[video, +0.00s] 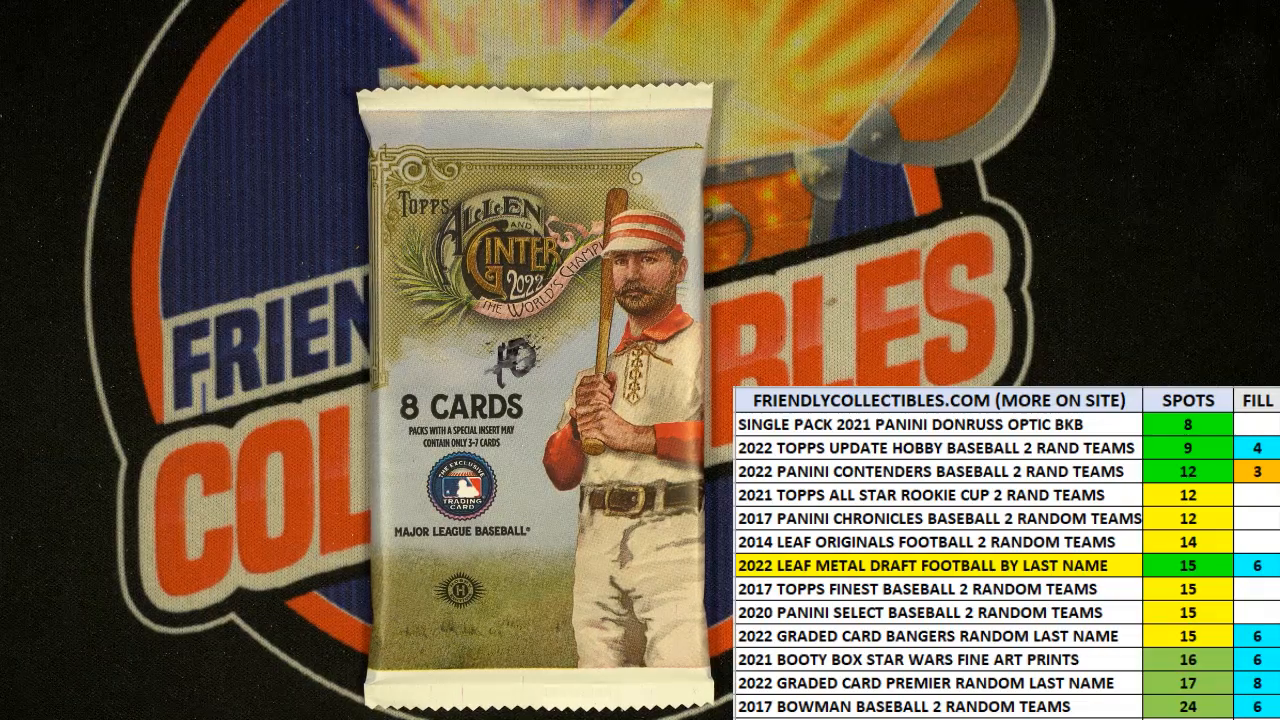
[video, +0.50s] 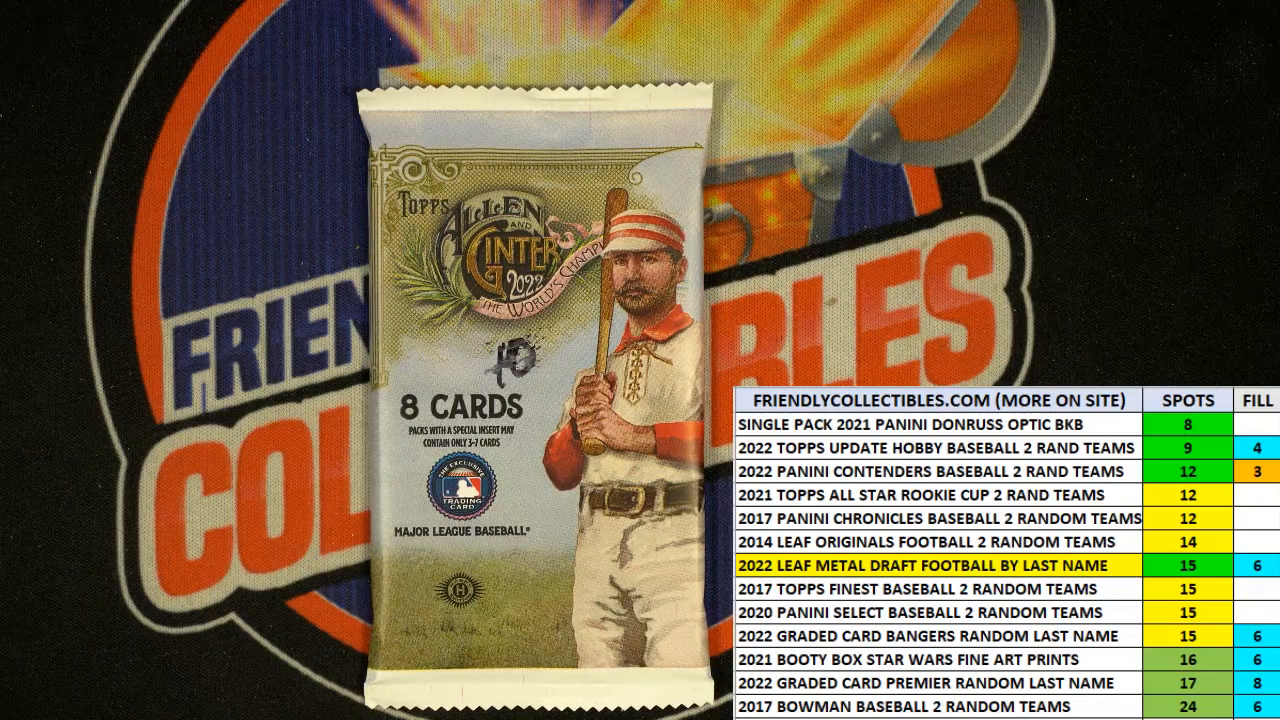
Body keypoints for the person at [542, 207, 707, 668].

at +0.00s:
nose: (631, 274)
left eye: (647, 259)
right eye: (620, 260)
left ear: (678, 270)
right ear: (609, 272)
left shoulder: (705, 346)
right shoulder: (604, 366)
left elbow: (724, 438)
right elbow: (561, 475)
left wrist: (635, 436)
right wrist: (577, 422)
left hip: (674, 531)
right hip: (597, 532)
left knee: (679, 688)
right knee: (601, 692)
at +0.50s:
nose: (631, 273)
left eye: (647, 258)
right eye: (620, 260)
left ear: (678, 270)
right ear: (608, 273)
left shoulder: (704, 346)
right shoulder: (604, 366)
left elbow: (724, 439)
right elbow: (561, 475)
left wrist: (634, 436)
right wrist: (578, 420)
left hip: (674, 530)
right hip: (597, 531)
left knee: (679, 688)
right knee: (601, 692)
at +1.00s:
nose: (631, 274)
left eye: (648, 259)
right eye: (620, 261)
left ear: (678, 270)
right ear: (609, 273)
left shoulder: (705, 346)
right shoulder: (604, 366)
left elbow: (724, 438)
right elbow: (561, 476)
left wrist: (632, 436)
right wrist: (577, 420)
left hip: (673, 530)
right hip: (597, 531)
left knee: (679, 685)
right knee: (601, 690)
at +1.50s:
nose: (630, 273)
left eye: (647, 259)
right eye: (620, 260)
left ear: (678, 269)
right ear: (609, 272)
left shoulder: (704, 346)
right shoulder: (604, 366)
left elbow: (724, 439)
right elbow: (561, 475)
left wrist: (635, 436)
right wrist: (576, 421)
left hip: (674, 530)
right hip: (597, 531)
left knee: (679, 686)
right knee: (600, 691)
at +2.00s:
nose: (631, 273)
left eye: (647, 259)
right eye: (620, 260)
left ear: (678, 269)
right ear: (609, 273)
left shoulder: (706, 345)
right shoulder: (604, 364)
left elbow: (726, 436)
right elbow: (561, 475)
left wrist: (635, 436)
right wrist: (576, 421)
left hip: (672, 527)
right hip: (598, 530)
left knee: (678, 683)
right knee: (601, 688)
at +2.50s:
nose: (631, 274)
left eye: (647, 259)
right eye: (619, 261)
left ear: (678, 269)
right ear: (608, 273)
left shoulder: (705, 346)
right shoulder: (603, 365)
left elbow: (727, 438)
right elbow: (561, 476)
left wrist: (635, 436)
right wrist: (577, 422)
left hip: (674, 530)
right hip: (598, 531)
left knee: (678, 683)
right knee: (600, 687)